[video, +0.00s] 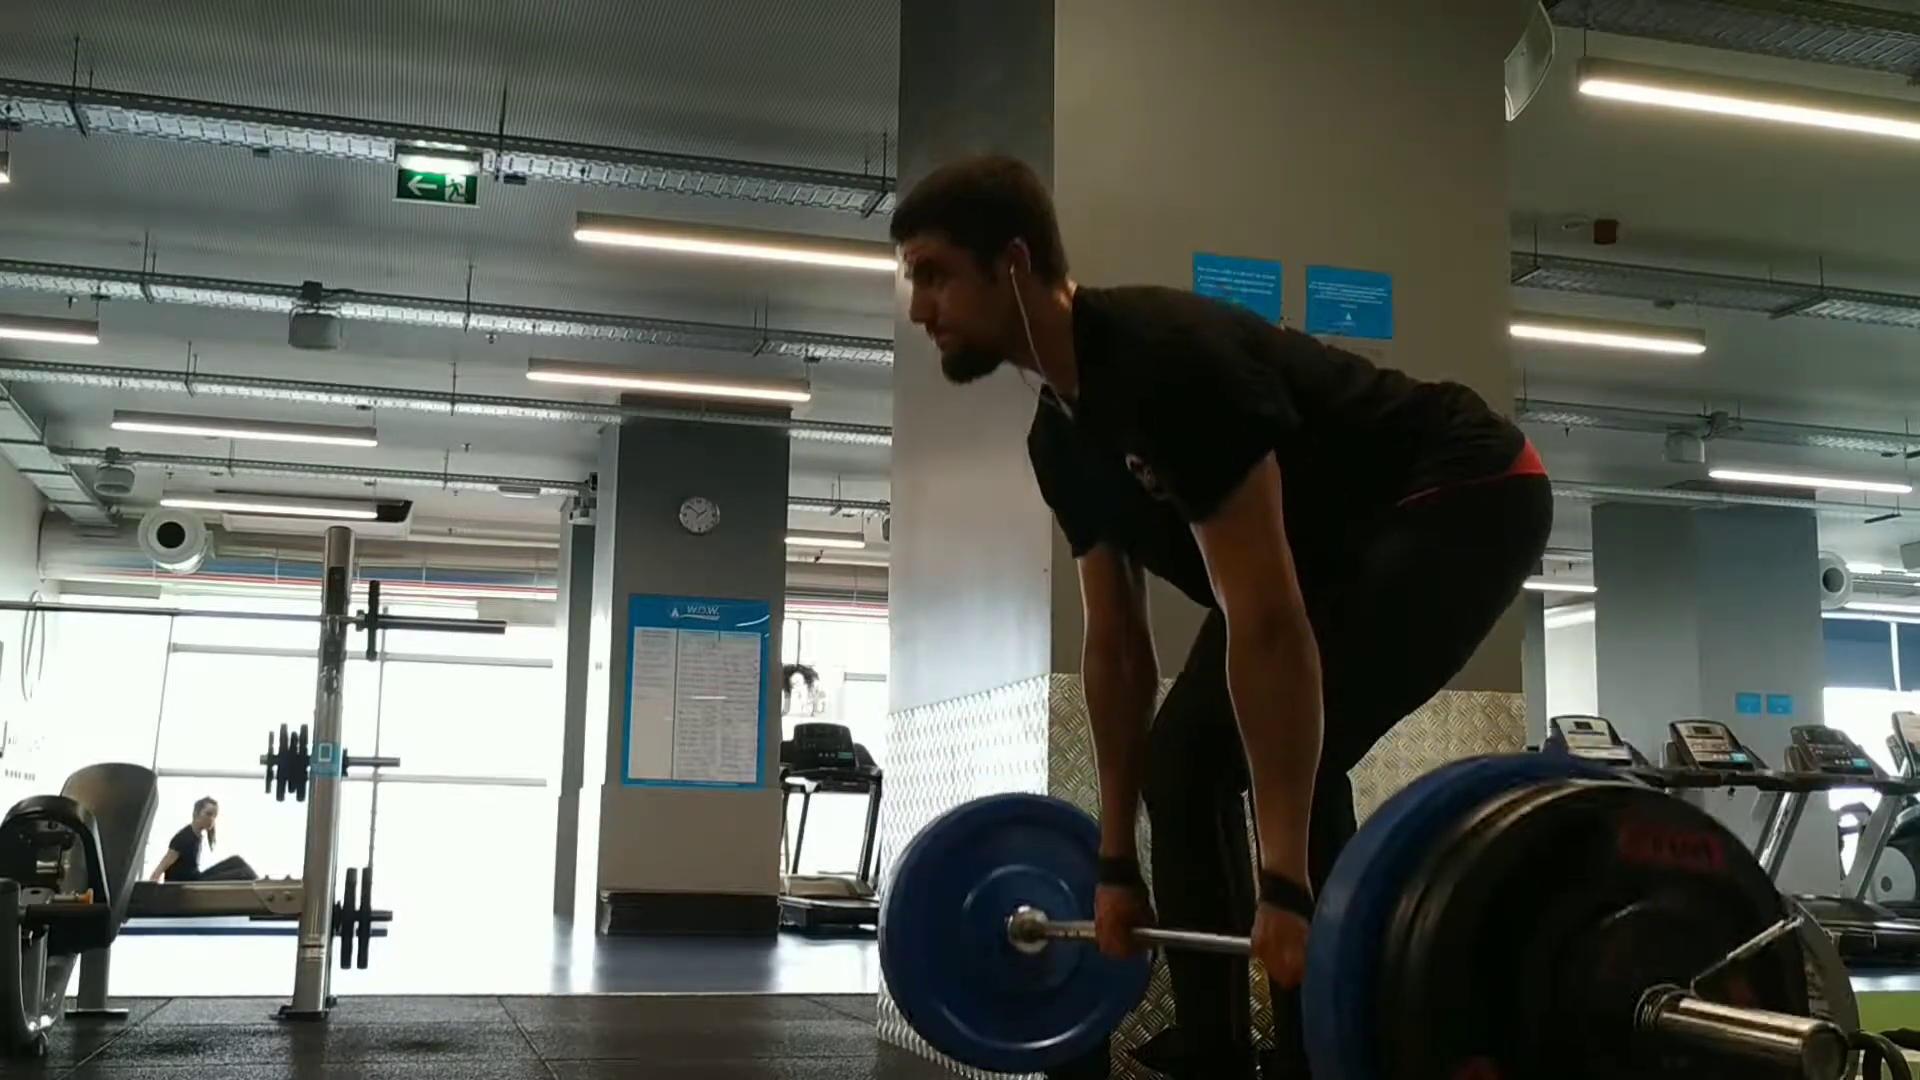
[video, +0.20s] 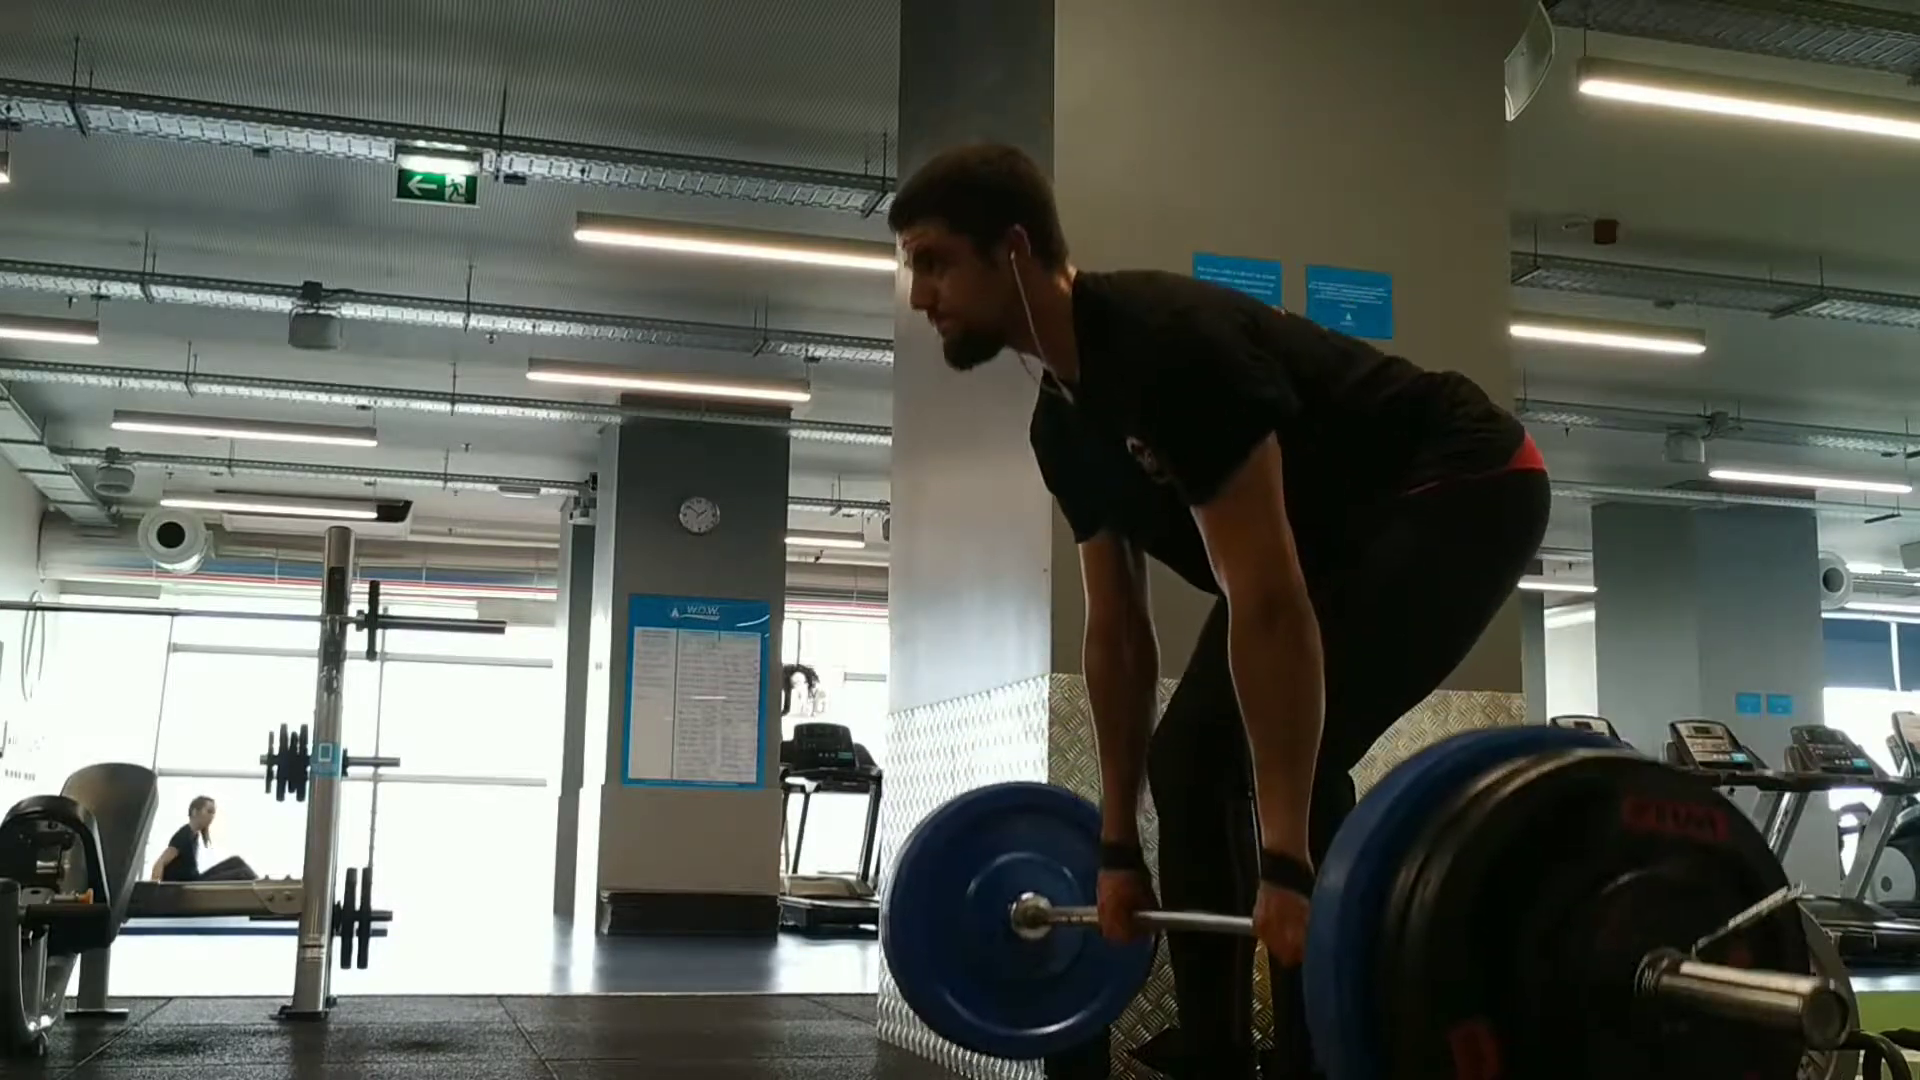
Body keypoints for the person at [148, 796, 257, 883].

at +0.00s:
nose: (211, 819)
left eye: (214, 816)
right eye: (208, 814)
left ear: (215, 818)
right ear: (198, 813)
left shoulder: (197, 836)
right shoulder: (184, 837)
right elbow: (162, 866)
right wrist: (149, 888)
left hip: (194, 880)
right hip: (184, 886)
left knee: (236, 861)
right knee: (240, 872)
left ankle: (259, 885)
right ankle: (260, 890)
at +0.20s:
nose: (212, 817)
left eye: (213, 813)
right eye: (209, 812)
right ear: (195, 812)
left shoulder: (194, 835)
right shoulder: (185, 835)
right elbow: (160, 864)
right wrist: (154, 889)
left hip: (193, 881)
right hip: (184, 888)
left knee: (235, 862)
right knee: (239, 872)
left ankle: (259, 886)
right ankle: (261, 891)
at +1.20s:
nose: (206, 816)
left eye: (207, 812)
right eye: (205, 811)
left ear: (193, 811)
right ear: (197, 810)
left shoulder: (188, 832)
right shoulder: (184, 833)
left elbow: (177, 867)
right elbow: (175, 867)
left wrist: (172, 892)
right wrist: (171, 893)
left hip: (210, 879)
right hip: (205, 884)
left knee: (254, 851)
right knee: (256, 857)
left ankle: (280, 882)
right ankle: (282, 884)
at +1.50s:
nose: (217, 820)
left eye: (218, 816)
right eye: (217, 815)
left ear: (202, 815)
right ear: (208, 815)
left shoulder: (201, 836)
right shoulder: (199, 837)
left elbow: (186, 869)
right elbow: (185, 869)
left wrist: (173, 891)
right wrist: (172, 892)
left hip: (227, 880)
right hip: (227, 883)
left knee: (267, 847)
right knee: (273, 853)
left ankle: (287, 886)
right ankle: (292, 888)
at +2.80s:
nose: (237, 823)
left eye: (237, 819)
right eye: (236, 819)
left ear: (217, 817)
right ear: (230, 819)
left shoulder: (203, 840)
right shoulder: (215, 842)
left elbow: (187, 868)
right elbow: (195, 869)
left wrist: (175, 885)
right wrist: (180, 886)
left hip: (224, 887)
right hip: (237, 887)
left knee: (276, 857)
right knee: (280, 858)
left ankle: (300, 881)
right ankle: (305, 881)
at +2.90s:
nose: (246, 822)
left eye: (246, 818)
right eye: (244, 817)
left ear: (231, 817)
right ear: (235, 817)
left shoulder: (214, 837)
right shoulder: (219, 839)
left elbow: (197, 867)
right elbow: (197, 867)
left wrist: (180, 885)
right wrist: (179, 886)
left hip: (235, 886)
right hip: (238, 888)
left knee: (281, 860)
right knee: (283, 860)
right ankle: (309, 882)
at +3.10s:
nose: (263, 821)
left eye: (264, 817)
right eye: (261, 816)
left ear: (248, 815)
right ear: (249, 814)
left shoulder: (237, 834)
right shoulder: (234, 833)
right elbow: (209, 859)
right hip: (236, 887)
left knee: (289, 868)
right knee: (291, 866)